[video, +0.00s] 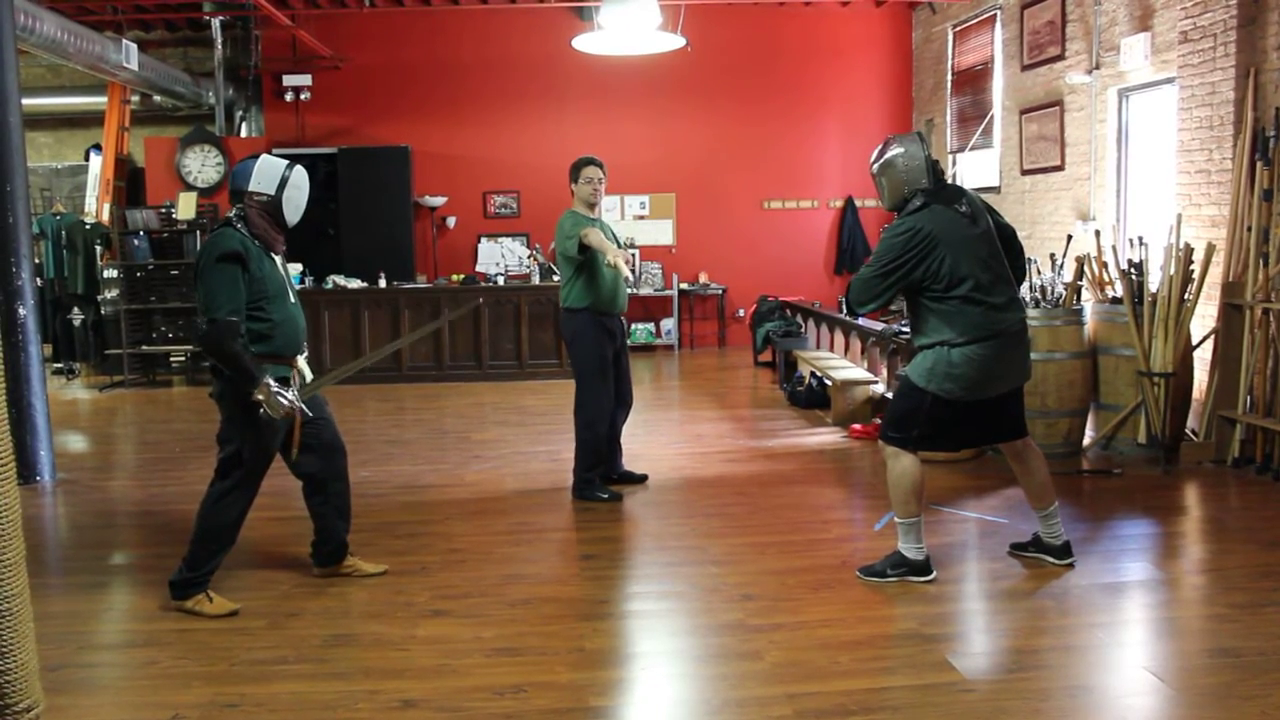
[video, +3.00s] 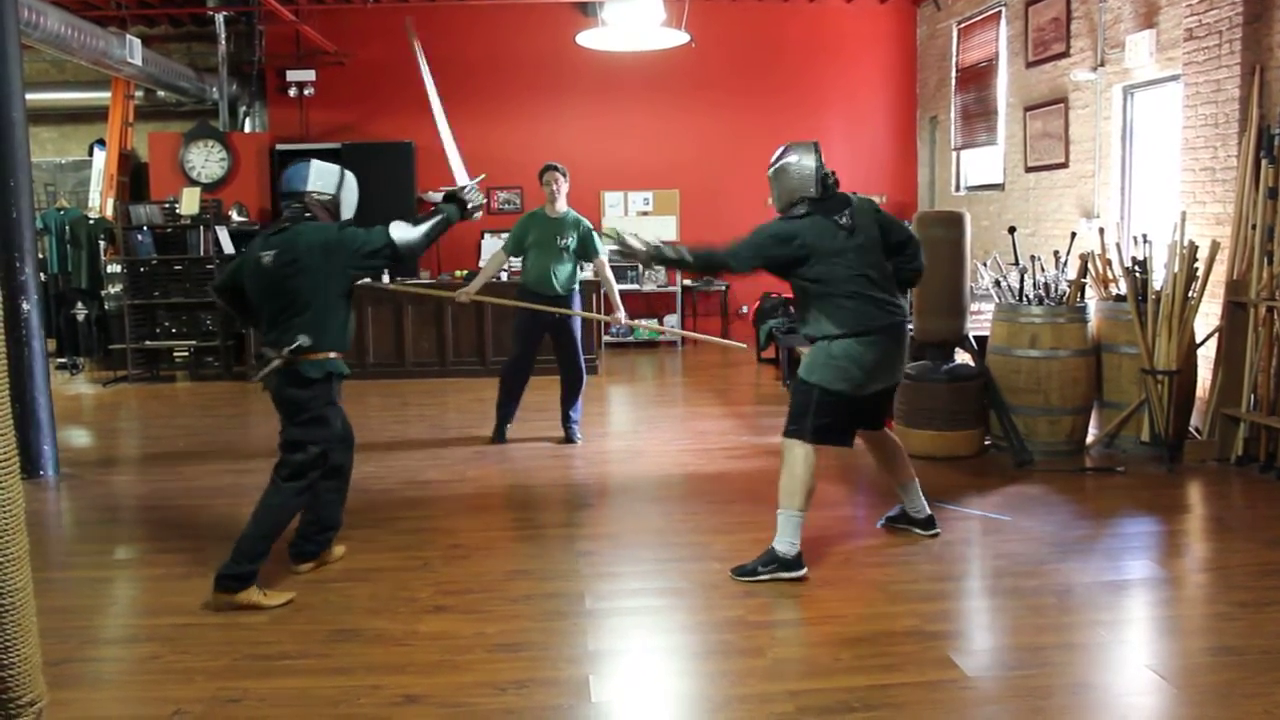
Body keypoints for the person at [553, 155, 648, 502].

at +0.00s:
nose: (596, 186)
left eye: (600, 181)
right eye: (588, 181)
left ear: (605, 186)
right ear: (574, 186)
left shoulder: (603, 226)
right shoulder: (571, 220)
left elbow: (614, 256)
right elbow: (591, 237)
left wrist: (623, 258)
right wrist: (612, 253)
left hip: (610, 319)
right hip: (585, 320)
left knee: (619, 398)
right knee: (594, 399)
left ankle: (610, 469)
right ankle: (585, 482)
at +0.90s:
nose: (596, 181)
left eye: (599, 175)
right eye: (587, 177)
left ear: (606, 182)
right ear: (574, 188)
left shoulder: (609, 224)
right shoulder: (569, 223)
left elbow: (627, 264)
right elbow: (578, 218)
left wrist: (654, 293)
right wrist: (593, 204)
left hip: (613, 322)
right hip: (584, 322)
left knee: (620, 403)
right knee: (595, 402)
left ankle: (598, 465)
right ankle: (585, 482)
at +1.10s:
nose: (601, 182)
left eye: (605, 177)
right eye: (593, 177)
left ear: (611, 183)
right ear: (581, 183)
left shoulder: (613, 226)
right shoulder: (575, 216)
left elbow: (632, 267)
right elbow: (556, 203)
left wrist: (654, 296)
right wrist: (556, 173)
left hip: (609, 318)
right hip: (580, 316)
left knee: (611, 396)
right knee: (585, 396)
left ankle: (596, 465)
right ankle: (586, 479)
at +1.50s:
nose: (596, 184)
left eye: (600, 180)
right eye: (589, 179)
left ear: (604, 188)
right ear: (575, 186)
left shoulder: (611, 230)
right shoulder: (556, 218)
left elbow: (634, 271)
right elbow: (517, 213)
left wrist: (658, 307)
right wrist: (512, 182)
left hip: (602, 316)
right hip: (567, 314)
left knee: (605, 390)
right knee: (560, 387)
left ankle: (597, 462)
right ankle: (548, 448)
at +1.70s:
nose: (584, 188)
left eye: (588, 184)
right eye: (577, 184)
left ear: (594, 192)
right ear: (564, 190)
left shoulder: (603, 234)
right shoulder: (546, 224)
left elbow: (624, 276)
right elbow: (507, 244)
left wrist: (642, 312)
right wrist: (495, 230)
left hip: (592, 319)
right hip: (556, 316)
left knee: (598, 389)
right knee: (551, 385)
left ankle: (597, 462)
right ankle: (546, 442)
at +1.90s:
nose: (570, 191)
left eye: (574, 187)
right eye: (563, 187)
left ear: (581, 194)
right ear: (552, 195)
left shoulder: (594, 236)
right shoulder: (536, 233)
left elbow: (614, 278)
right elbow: (502, 262)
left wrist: (631, 319)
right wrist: (484, 277)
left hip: (580, 321)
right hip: (543, 320)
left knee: (588, 385)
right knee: (546, 387)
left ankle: (592, 456)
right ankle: (549, 448)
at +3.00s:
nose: (554, 187)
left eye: (558, 182)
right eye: (548, 183)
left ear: (567, 185)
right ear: (541, 188)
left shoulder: (580, 225)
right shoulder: (528, 222)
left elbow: (602, 266)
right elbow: (501, 256)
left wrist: (618, 306)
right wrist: (472, 287)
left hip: (566, 298)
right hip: (531, 297)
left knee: (573, 363)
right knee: (520, 360)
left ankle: (571, 424)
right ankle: (502, 422)